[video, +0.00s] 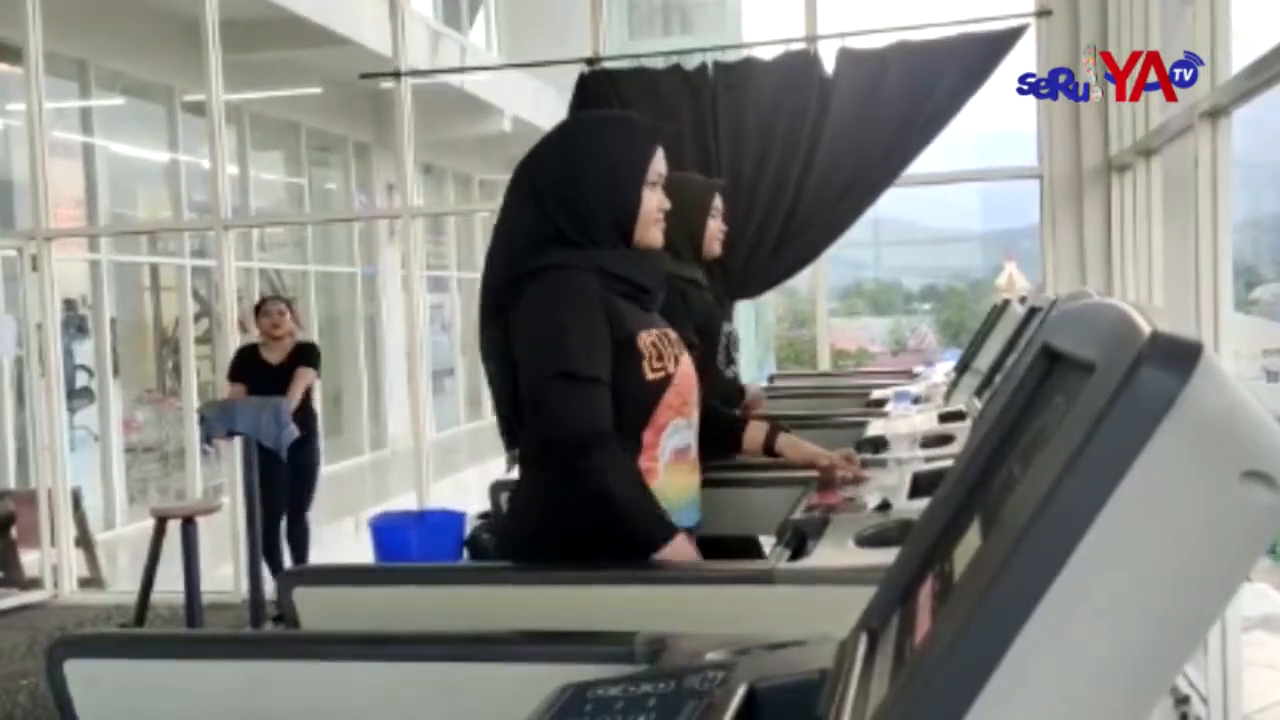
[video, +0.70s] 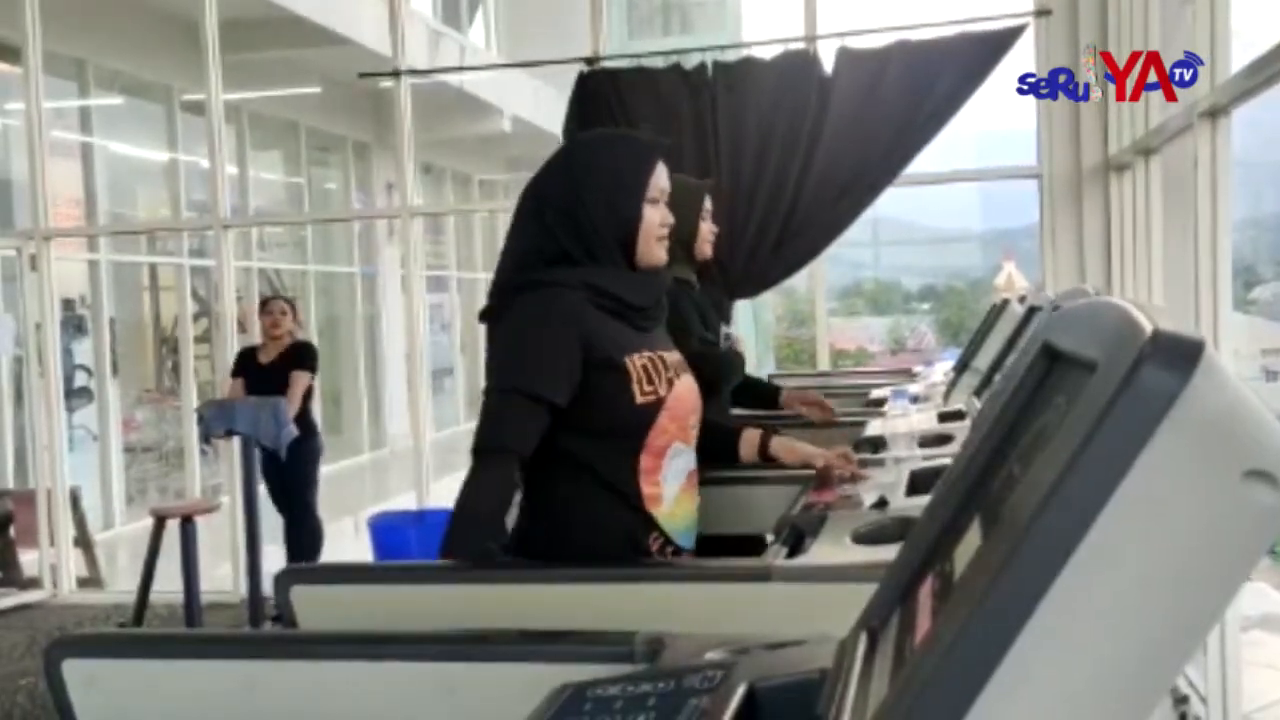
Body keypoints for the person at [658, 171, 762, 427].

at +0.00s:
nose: (723, 227)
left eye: (721, 217)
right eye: (715, 216)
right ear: (689, 219)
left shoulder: (706, 281)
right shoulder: (680, 286)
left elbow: (707, 366)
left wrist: (738, 395)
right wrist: (741, 396)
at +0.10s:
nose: (720, 230)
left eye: (718, 219)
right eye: (711, 219)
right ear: (685, 221)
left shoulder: (707, 285)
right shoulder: (677, 290)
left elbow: (728, 375)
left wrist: (770, 433)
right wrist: (770, 441)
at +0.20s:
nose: (719, 234)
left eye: (717, 224)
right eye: (709, 224)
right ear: (683, 227)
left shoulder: (706, 290)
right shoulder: (676, 294)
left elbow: (741, 376)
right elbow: (716, 382)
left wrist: (797, 429)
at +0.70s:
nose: (714, 229)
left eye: (711, 219)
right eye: (705, 219)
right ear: (679, 222)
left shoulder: (698, 287)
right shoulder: (673, 291)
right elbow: (710, 375)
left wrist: (781, 398)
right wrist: (736, 357)